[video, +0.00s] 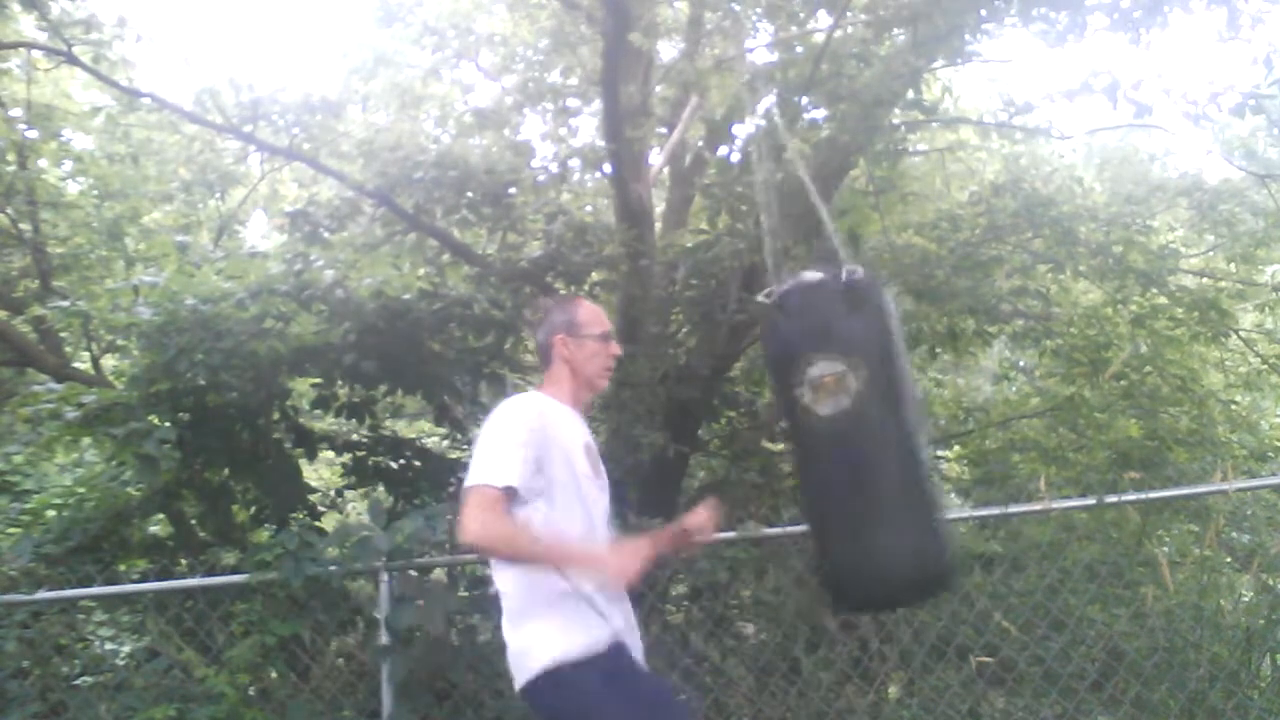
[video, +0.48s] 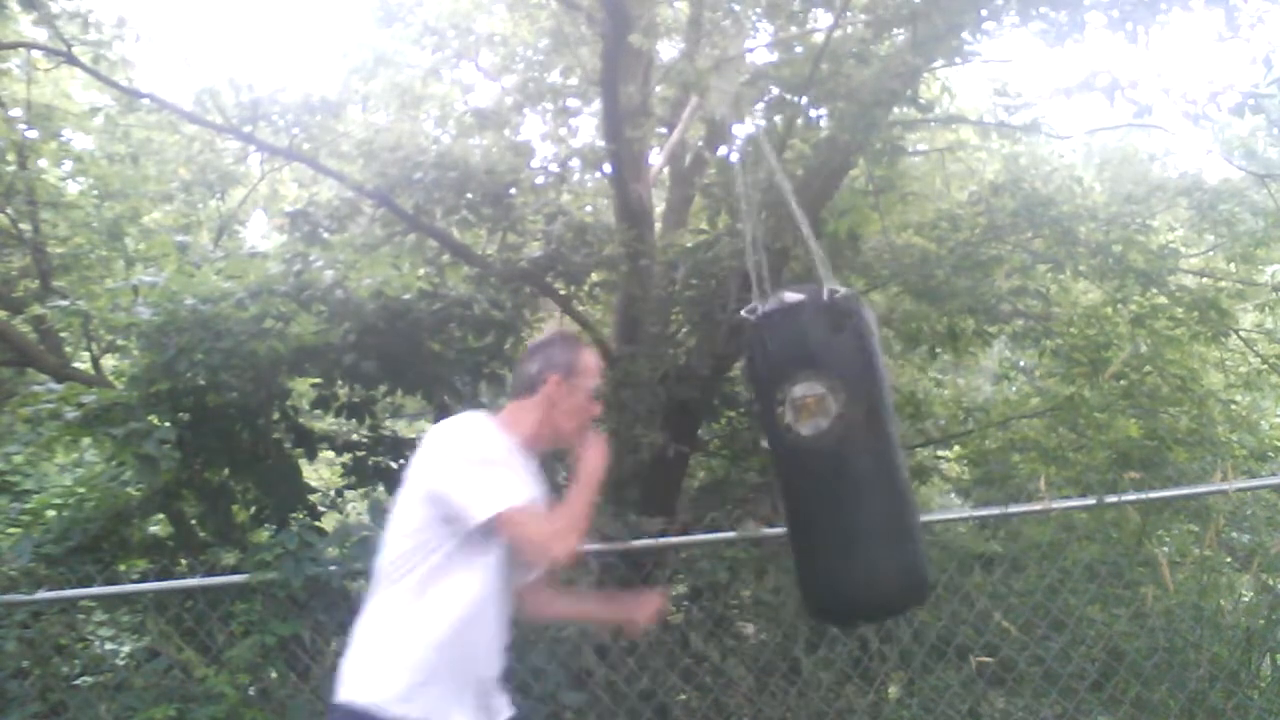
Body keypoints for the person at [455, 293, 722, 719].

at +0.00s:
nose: (617, 351)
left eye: (615, 339)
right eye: (603, 338)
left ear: (569, 348)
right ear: (563, 346)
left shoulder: (576, 435)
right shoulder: (520, 416)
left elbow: (600, 554)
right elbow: (478, 524)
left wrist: (673, 538)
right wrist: (600, 559)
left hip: (604, 653)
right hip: (565, 662)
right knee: (675, 709)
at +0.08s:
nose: (631, 361)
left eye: (629, 348)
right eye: (618, 346)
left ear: (584, 354)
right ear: (579, 352)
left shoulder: (596, 451)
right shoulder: (529, 421)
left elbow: (665, 520)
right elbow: (520, 531)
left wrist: (756, 492)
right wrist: (632, 513)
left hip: (610, 670)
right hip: (559, 676)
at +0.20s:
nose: (634, 376)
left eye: (634, 364)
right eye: (627, 362)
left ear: (594, 359)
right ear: (591, 357)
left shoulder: (577, 441)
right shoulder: (538, 422)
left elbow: (645, 517)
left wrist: (743, 502)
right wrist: (652, 479)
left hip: (569, 693)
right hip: (526, 694)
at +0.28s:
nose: (626, 379)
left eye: (626, 365)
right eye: (619, 362)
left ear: (584, 363)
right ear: (583, 361)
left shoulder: (554, 440)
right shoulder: (523, 424)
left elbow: (642, 529)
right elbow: (630, 519)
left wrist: (741, 510)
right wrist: (648, 455)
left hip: (528, 695)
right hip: (490, 694)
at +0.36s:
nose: (617, 385)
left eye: (617, 372)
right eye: (611, 369)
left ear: (577, 369)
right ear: (574, 366)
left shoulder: (544, 453)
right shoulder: (502, 423)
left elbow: (604, 554)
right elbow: (617, 511)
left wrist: (707, 536)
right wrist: (627, 435)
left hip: (500, 696)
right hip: (446, 692)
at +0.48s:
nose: (598, 412)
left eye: (599, 398)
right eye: (592, 395)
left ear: (555, 390)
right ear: (553, 387)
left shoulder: (529, 476)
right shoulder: (461, 439)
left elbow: (528, 597)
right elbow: (550, 546)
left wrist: (624, 608)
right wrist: (591, 467)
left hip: (472, 700)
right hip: (397, 697)